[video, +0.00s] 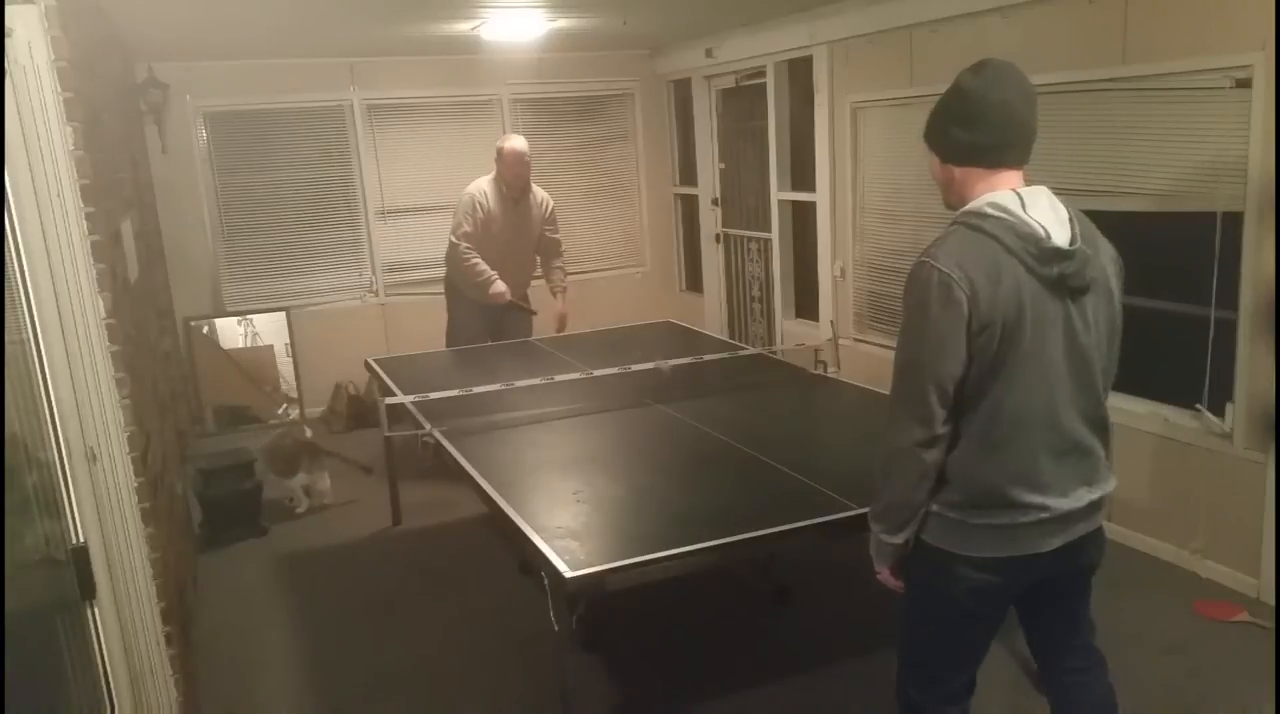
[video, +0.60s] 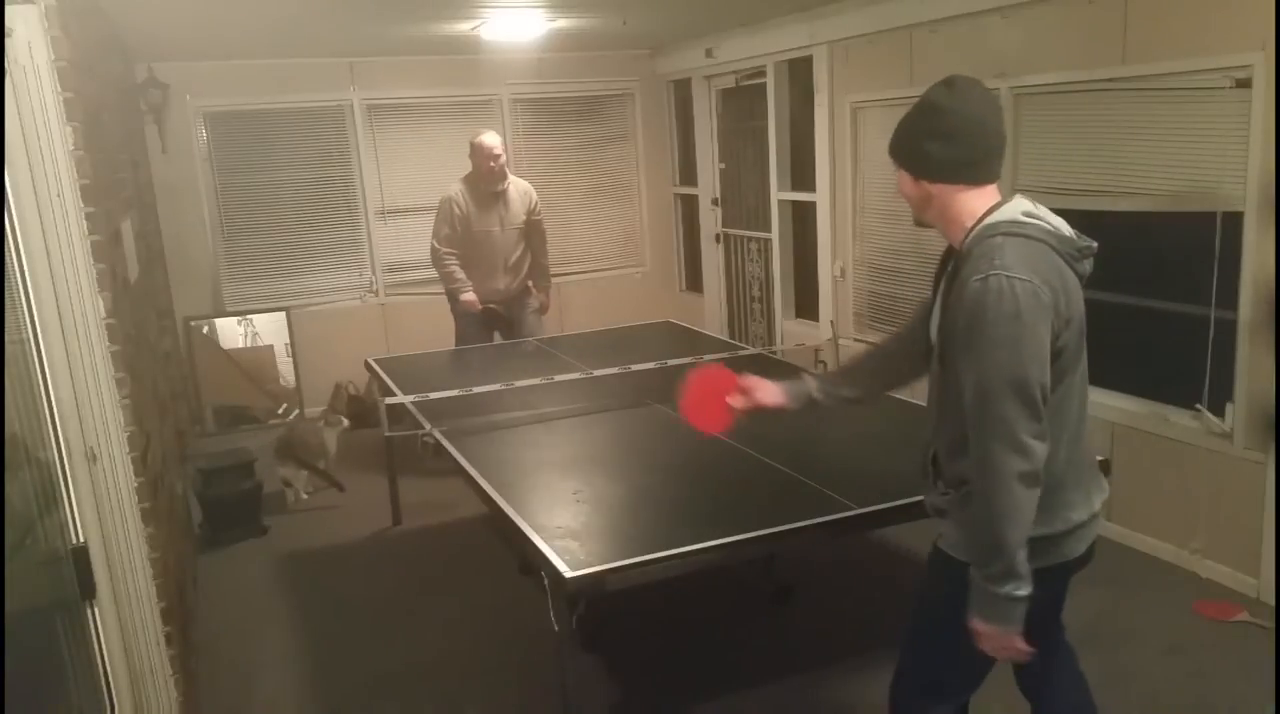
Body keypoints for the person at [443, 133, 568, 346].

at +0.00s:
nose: (520, 172)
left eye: (525, 164)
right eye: (513, 165)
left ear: (531, 163)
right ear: (498, 163)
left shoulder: (542, 202)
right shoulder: (476, 197)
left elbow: (552, 254)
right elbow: (459, 251)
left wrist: (560, 298)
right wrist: (491, 282)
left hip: (515, 300)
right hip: (470, 299)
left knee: (518, 369)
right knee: (471, 370)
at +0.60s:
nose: (493, 164)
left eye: (497, 157)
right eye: (486, 158)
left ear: (505, 154)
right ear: (472, 159)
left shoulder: (524, 192)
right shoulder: (456, 200)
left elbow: (538, 244)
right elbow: (443, 252)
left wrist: (542, 287)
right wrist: (463, 291)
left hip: (520, 299)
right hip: (473, 304)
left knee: (532, 361)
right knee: (473, 371)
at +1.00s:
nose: (488, 193)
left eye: (493, 185)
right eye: (481, 188)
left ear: (503, 172)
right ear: (472, 181)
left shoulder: (530, 201)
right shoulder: (462, 210)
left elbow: (557, 246)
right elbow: (431, 247)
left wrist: (568, 291)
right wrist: (428, 295)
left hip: (530, 300)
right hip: (481, 304)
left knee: (540, 369)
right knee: (482, 373)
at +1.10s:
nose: (490, 193)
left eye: (493, 185)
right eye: (483, 187)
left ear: (504, 175)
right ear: (473, 183)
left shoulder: (530, 202)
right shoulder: (461, 209)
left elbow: (561, 244)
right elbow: (429, 232)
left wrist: (573, 290)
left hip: (530, 297)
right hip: (482, 302)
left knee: (540, 364)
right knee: (484, 369)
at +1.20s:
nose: (492, 185)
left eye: (497, 176)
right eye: (486, 178)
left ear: (508, 170)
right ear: (476, 176)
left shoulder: (534, 201)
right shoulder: (460, 203)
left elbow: (563, 245)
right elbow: (430, 213)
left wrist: (574, 289)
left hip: (530, 296)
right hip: (482, 300)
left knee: (541, 363)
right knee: (482, 367)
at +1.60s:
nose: (511, 160)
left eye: (517, 154)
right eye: (505, 154)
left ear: (528, 154)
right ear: (494, 155)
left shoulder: (546, 195)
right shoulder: (475, 189)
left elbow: (562, 254)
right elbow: (448, 223)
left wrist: (558, 300)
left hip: (529, 296)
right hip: (482, 296)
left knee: (533, 366)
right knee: (481, 367)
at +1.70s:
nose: (514, 157)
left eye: (520, 151)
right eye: (507, 151)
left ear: (530, 153)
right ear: (496, 153)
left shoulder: (547, 194)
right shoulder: (477, 189)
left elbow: (561, 251)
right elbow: (454, 237)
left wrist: (553, 298)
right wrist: (434, 276)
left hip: (529, 298)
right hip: (483, 299)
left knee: (532, 369)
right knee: (483, 371)